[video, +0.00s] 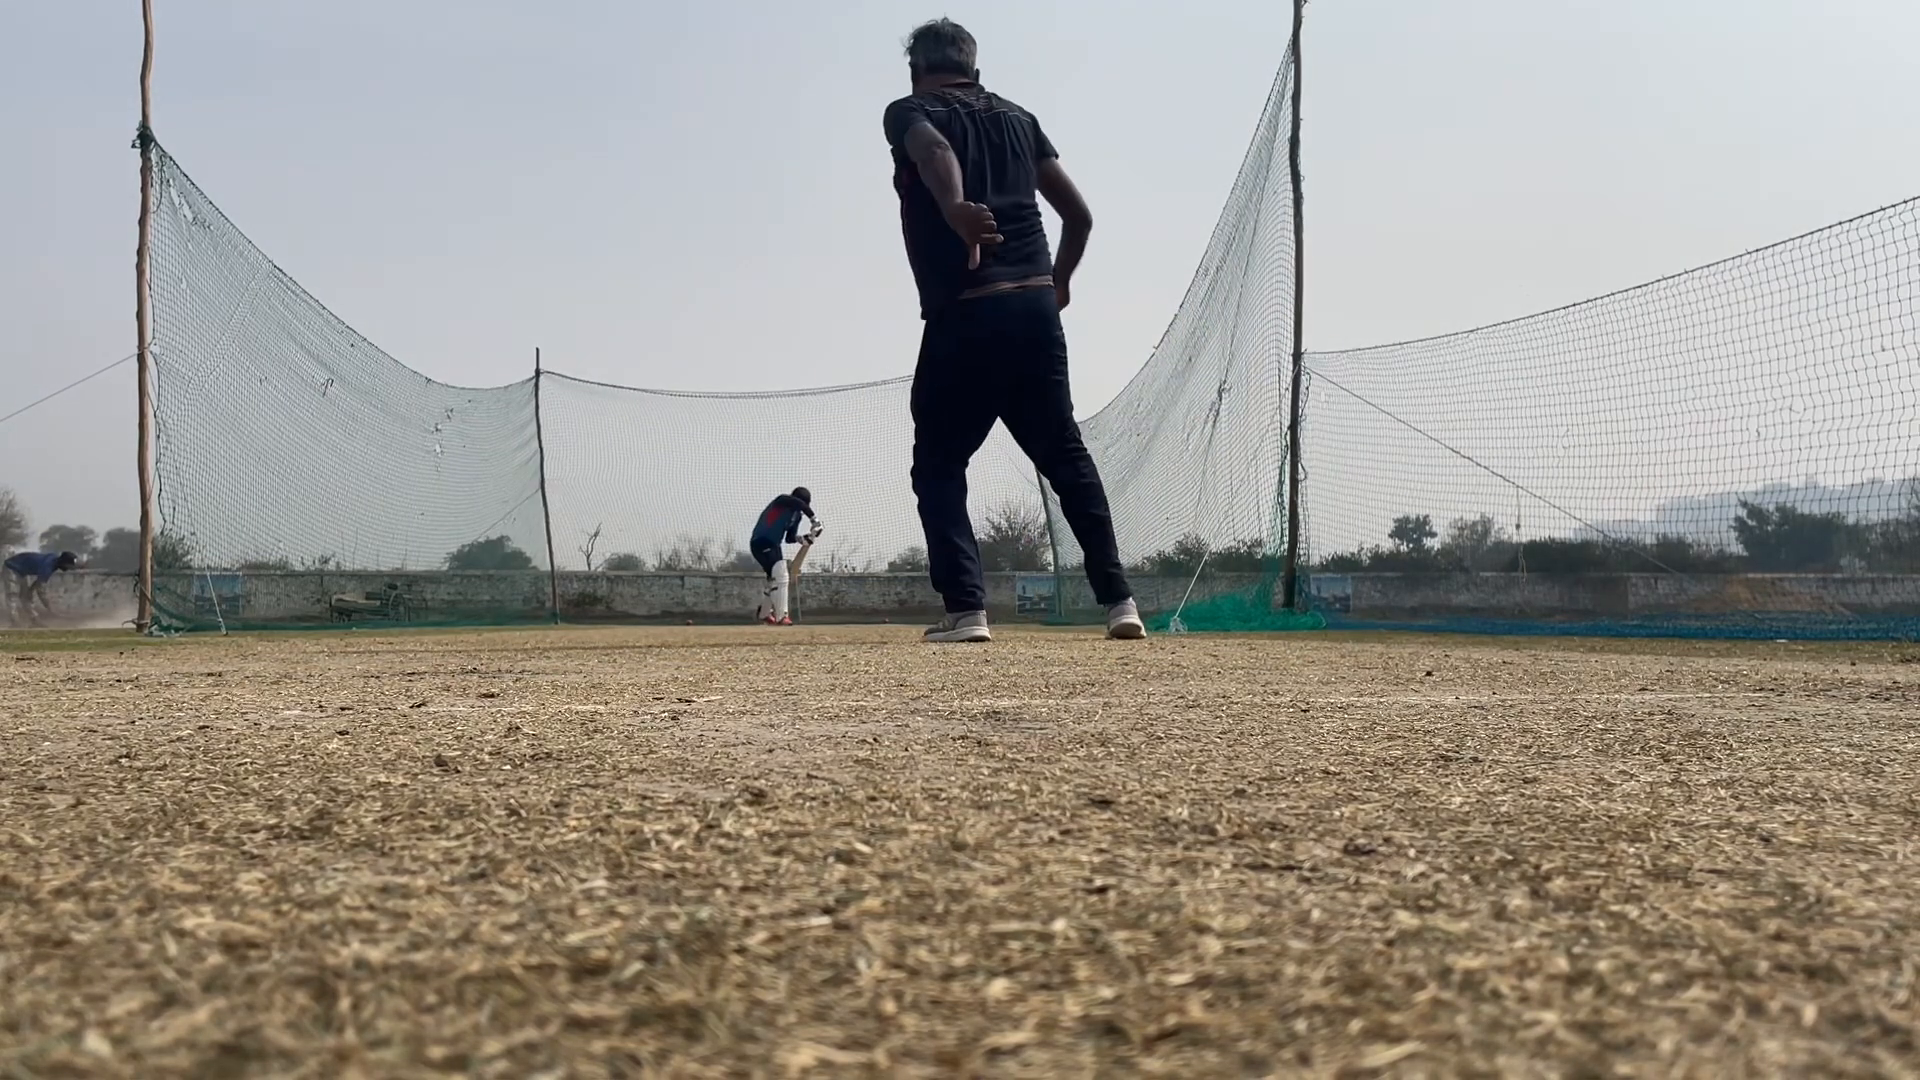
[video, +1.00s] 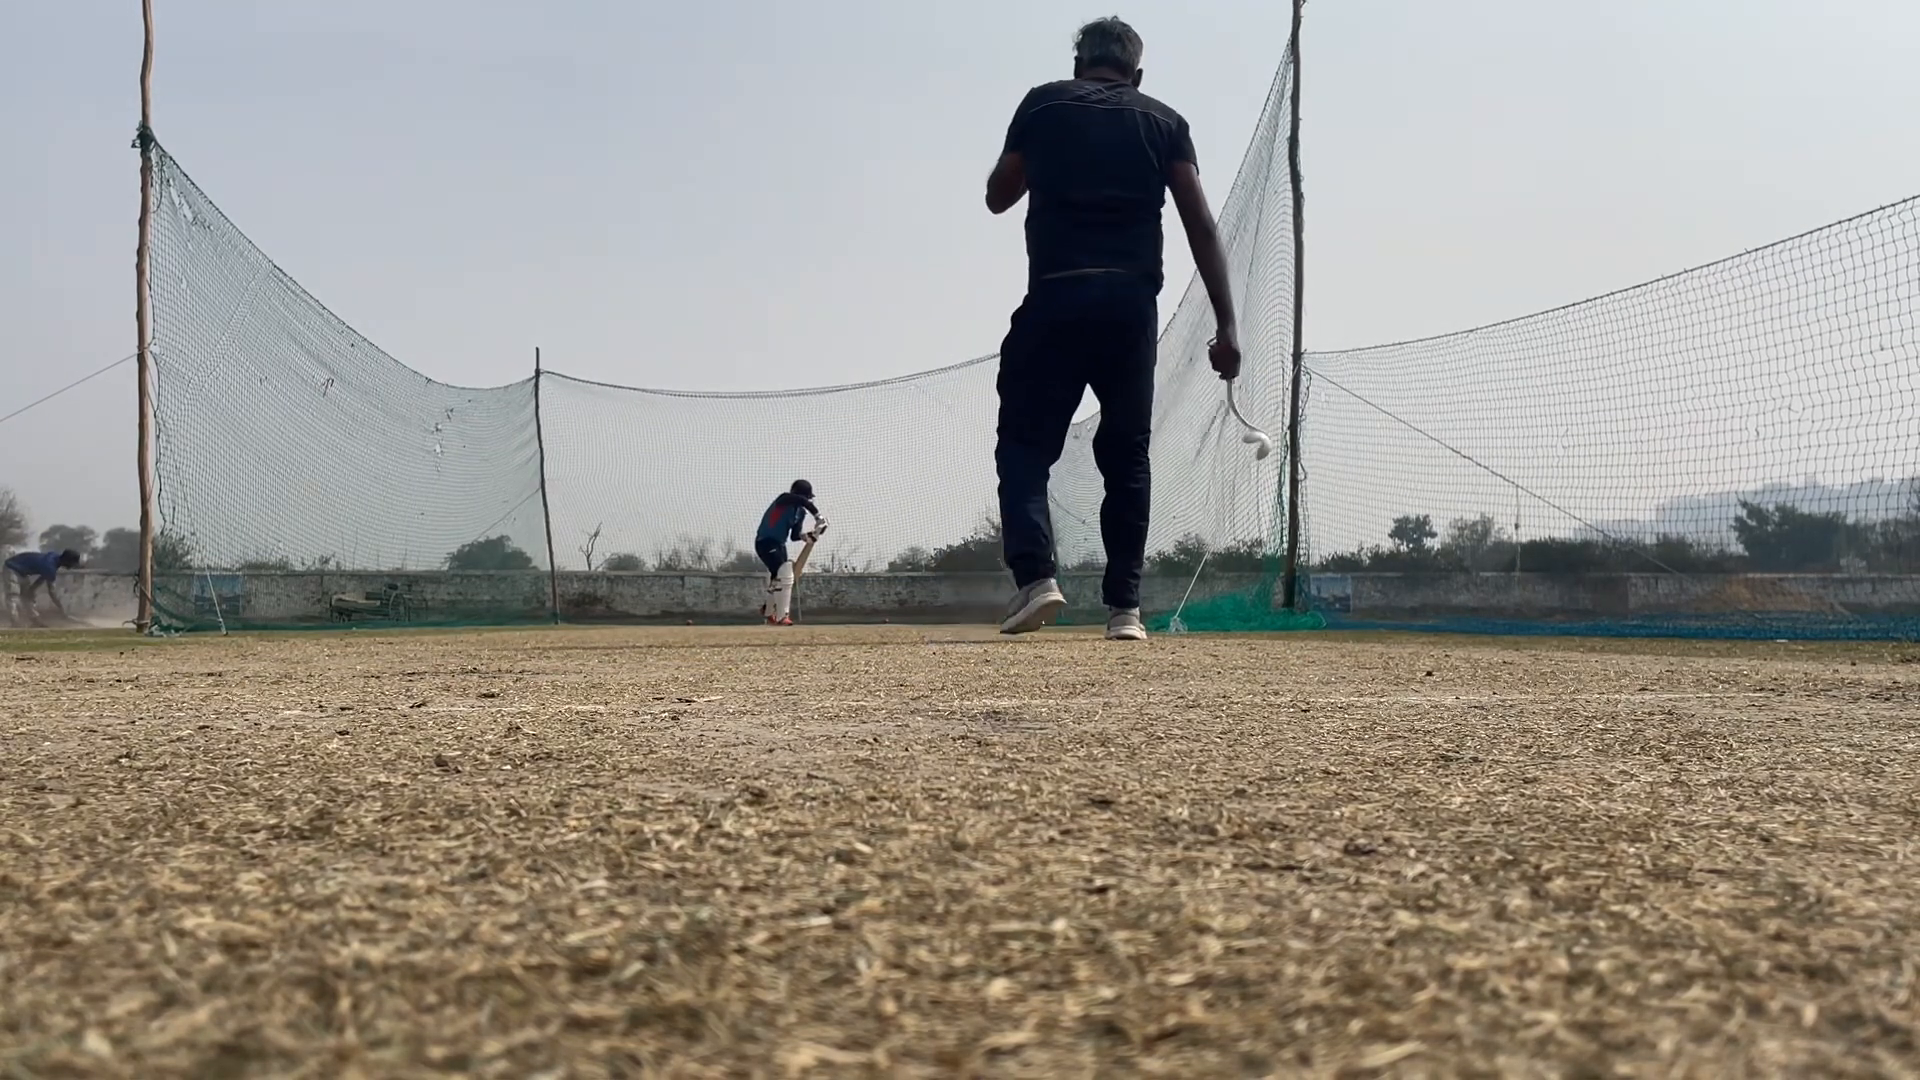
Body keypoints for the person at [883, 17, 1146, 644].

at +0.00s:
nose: (912, 82)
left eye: (912, 74)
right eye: (917, 76)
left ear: (918, 72)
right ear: (974, 71)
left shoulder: (909, 109)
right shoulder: (1016, 117)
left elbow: (937, 151)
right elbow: (1078, 216)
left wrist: (953, 208)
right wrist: (1060, 279)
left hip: (966, 320)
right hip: (1038, 316)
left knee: (937, 467)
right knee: (1066, 455)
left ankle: (966, 612)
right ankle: (1119, 603)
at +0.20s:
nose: (938, 77)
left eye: (939, 68)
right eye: (943, 70)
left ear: (946, 65)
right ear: (1003, 68)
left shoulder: (933, 109)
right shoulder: (1043, 121)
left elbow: (919, 207)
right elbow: (1072, 238)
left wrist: (882, 313)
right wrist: (1033, 292)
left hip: (973, 316)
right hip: (1048, 313)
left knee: (946, 462)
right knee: (1075, 457)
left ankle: (965, 614)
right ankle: (1121, 608)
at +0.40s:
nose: (973, 76)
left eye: (972, 67)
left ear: (970, 66)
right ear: (1031, 70)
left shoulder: (945, 110)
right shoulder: (1069, 123)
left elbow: (889, 215)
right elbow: (1101, 237)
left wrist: (901, 243)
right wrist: (1076, 297)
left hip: (987, 311)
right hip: (1066, 310)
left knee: (958, 460)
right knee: (1086, 456)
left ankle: (966, 613)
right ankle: (1122, 610)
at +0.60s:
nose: (1013, 78)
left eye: (1010, 69)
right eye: (1064, 73)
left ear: (1006, 67)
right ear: (1067, 73)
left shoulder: (977, 110)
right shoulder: (1100, 122)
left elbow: (923, 214)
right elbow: (1143, 229)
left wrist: (959, 165)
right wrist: (1154, 327)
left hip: (1012, 304)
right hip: (1091, 304)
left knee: (979, 458)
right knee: (1101, 453)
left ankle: (966, 613)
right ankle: (1123, 611)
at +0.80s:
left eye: (1052, 73)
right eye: (1102, 76)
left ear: (1048, 71)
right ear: (1108, 78)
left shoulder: (1019, 109)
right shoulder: (1139, 127)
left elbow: (967, 205)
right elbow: (1179, 230)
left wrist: (1001, 151)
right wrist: (1205, 330)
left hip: (1044, 305)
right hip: (1121, 309)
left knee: (1009, 453)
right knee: (1120, 456)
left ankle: (971, 609)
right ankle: (1124, 611)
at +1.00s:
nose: (1133, 79)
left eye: (1088, 66)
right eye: (1137, 72)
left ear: (1076, 63)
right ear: (1136, 71)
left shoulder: (1042, 103)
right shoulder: (1162, 120)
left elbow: (998, 197)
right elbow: (1201, 226)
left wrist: (1044, 146)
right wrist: (1227, 328)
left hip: (1052, 304)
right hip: (1130, 310)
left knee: (1024, 445)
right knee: (1127, 453)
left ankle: (1037, 581)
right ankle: (1124, 610)